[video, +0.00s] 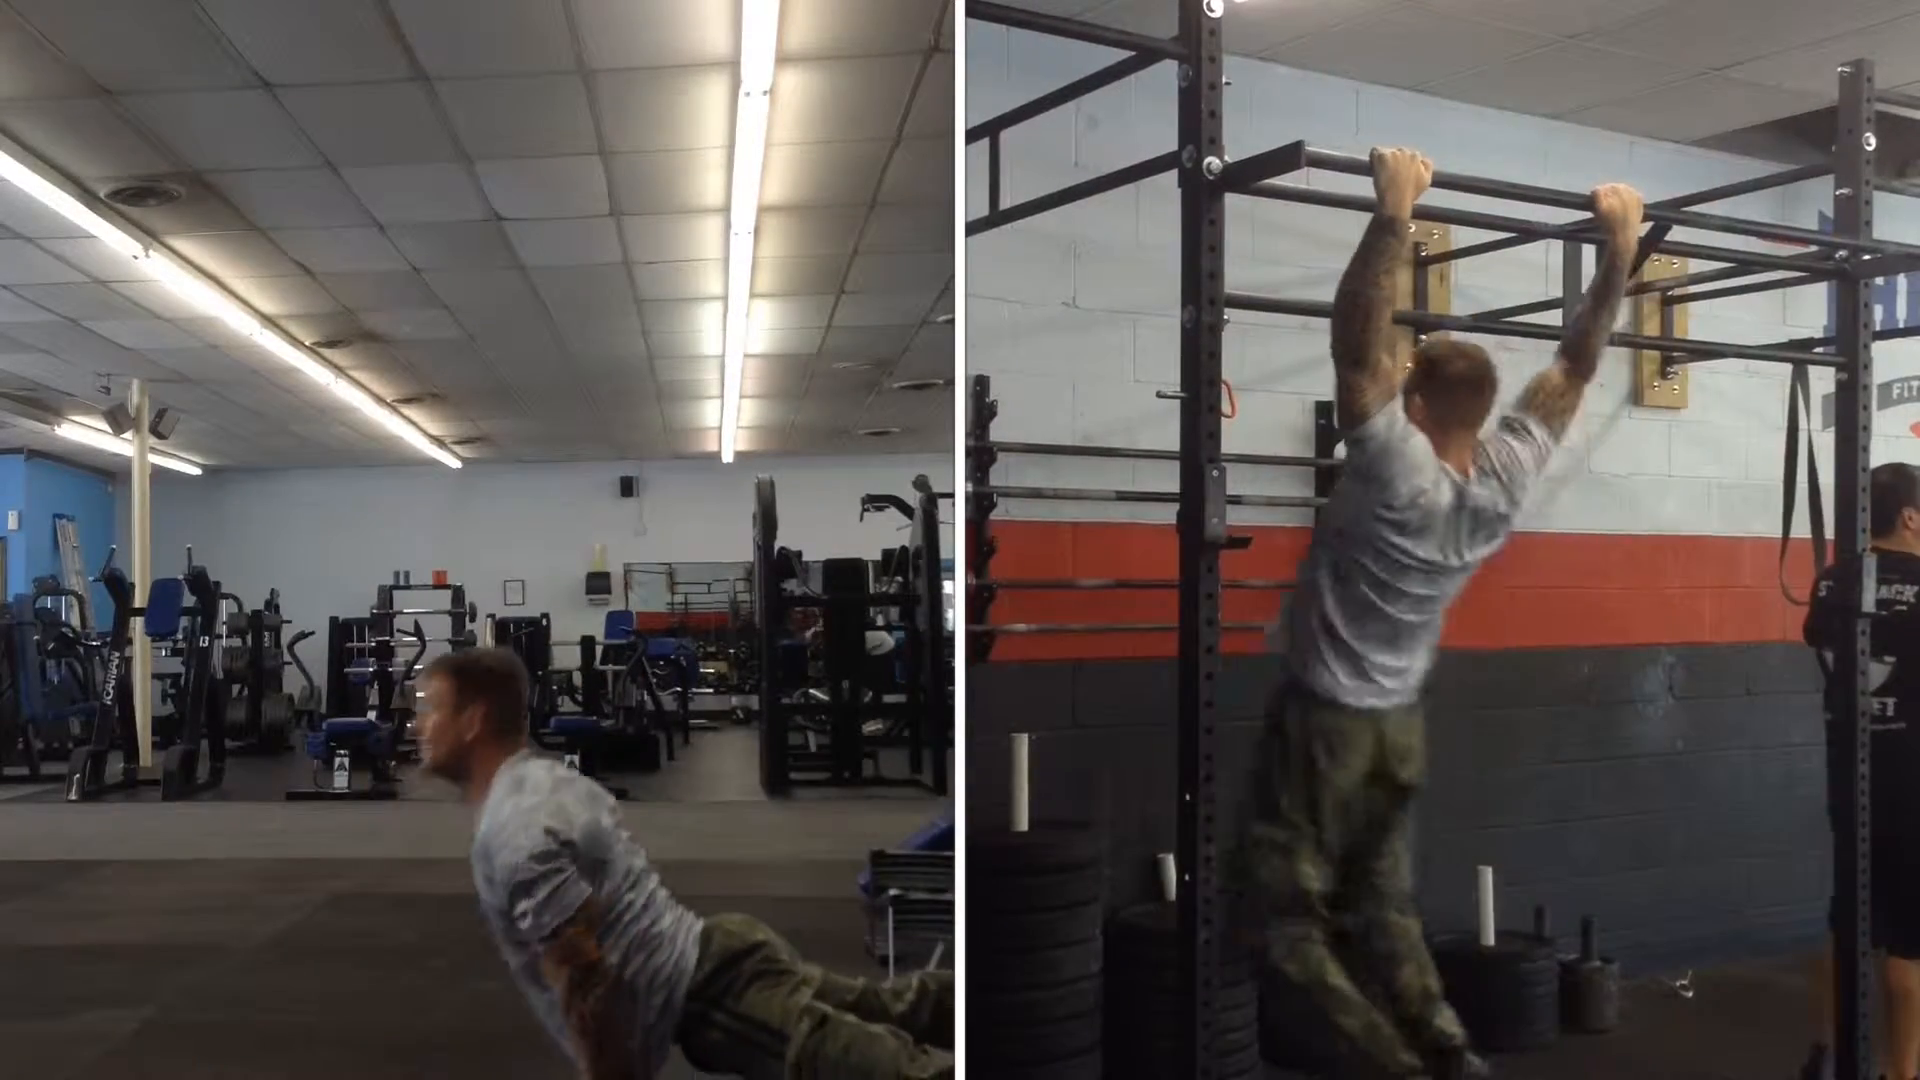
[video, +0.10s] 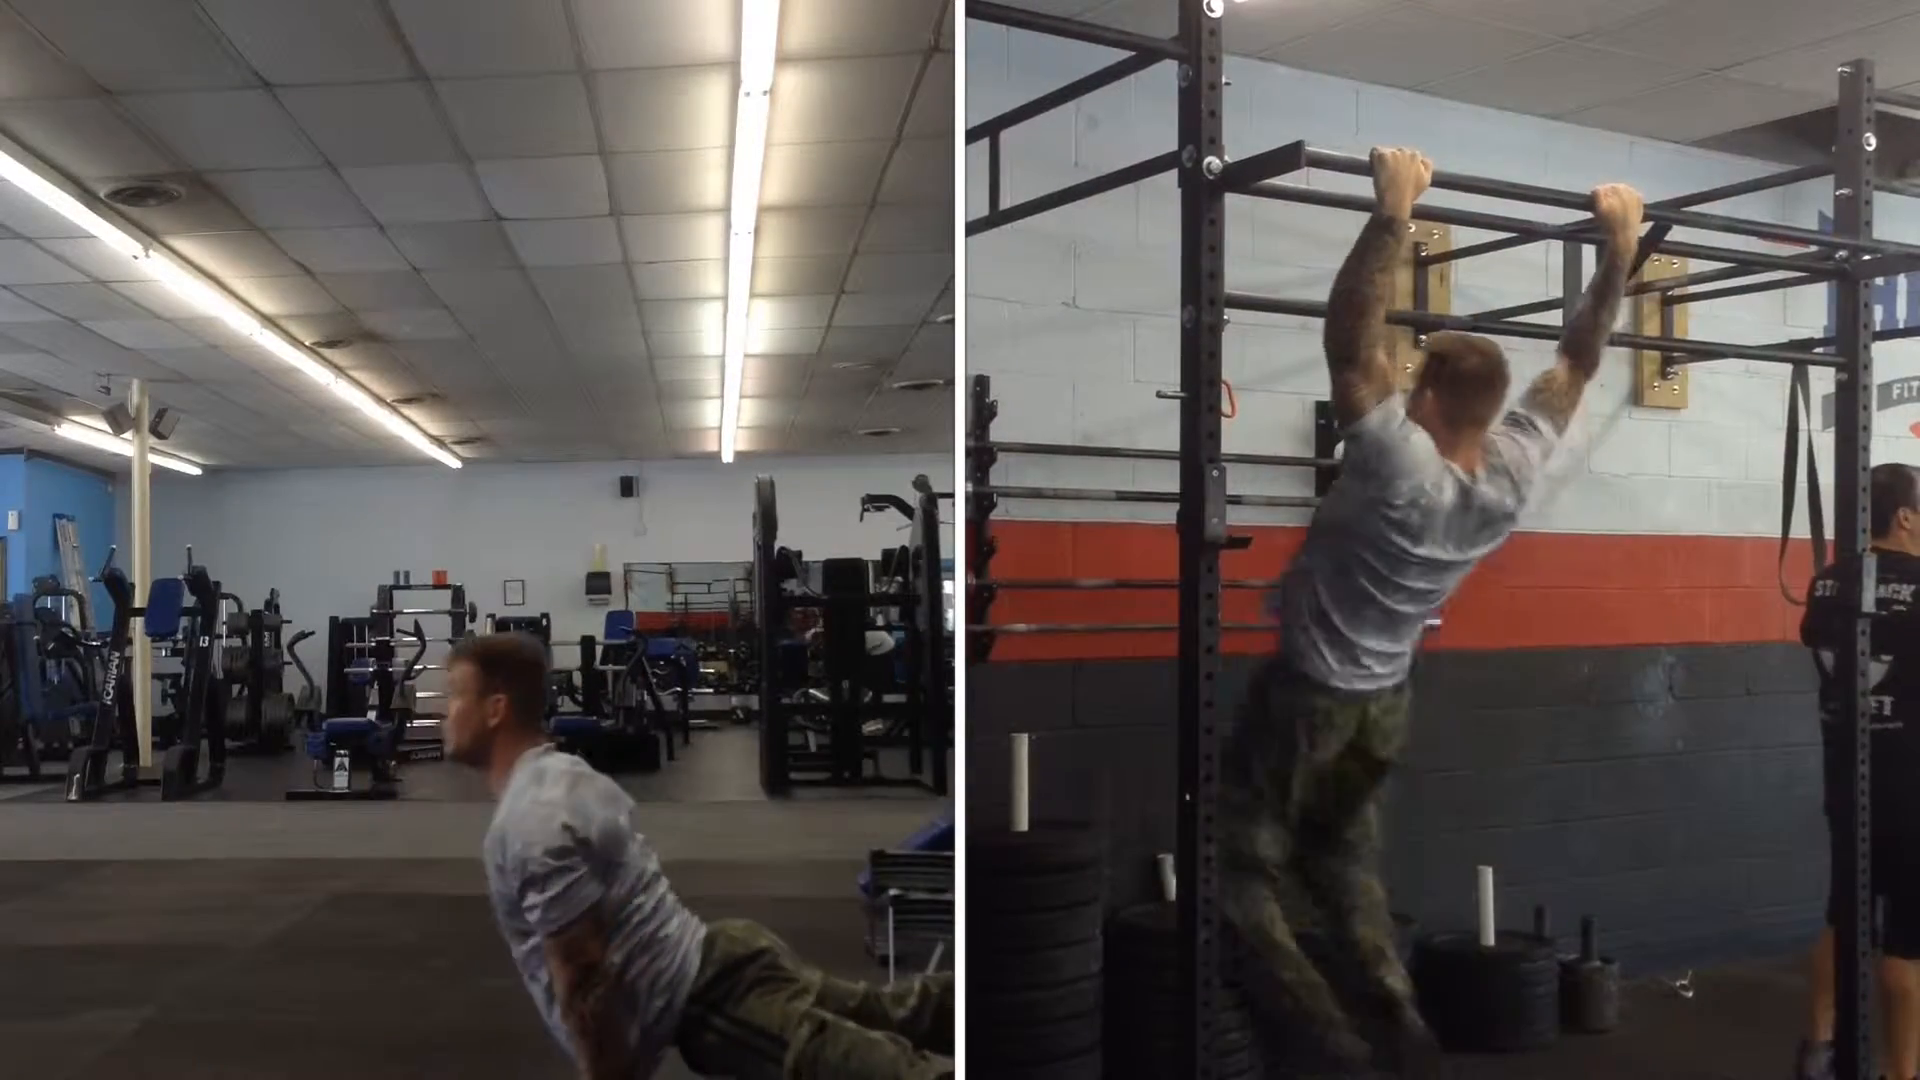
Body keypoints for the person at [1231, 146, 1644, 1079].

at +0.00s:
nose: (1399, 375)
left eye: (1409, 369)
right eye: (1409, 366)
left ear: (1418, 399)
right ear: (1485, 416)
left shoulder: (1387, 468)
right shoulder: (1491, 494)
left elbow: (1357, 337)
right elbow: (1573, 371)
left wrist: (1391, 215)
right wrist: (1618, 260)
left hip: (1323, 725)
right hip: (1400, 727)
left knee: (1281, 919)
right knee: (1379, 911)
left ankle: (1392, 1064)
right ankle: (1453, 1058)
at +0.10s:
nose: (1408, 374)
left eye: (1418, 368)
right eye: (1418, 365)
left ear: (1428, 394)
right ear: (1496, 411)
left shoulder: (1386, 459)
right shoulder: (1504, 486)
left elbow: (1352, 337)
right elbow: (1574, 366)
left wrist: (1389, 215)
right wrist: (1618, 261)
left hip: (1307, 698)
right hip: (1385, 705)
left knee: (1244, 880)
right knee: (1343, 870)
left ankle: (1331, 1059)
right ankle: (1406, 1050)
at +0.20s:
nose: (1439, 410)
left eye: (1445, 400)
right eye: (1451, 402)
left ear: (1456, 411)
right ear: (1523, 428)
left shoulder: (1414, 472)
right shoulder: (1531, 505)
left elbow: (1359, 350)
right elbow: (1585, 373)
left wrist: (1391, 218)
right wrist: (1620, 262)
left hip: (1322, 709)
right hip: (1393, 722)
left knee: (1191, 743)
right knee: (1288, 746)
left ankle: (1240, 929)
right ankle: (1307, 919)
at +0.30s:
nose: (1484, 413)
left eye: (1493, 406)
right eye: (1493, 403)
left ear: (1502, 426)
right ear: (1565, 434)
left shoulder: (1451, 488)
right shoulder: (1576, 502)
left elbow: (1373, 361)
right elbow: (1604, 372)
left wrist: (1394, 215)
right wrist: (1626, 250)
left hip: (1351, 712)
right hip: (1430, 717)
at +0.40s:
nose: (1537, 396)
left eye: (1546, 385)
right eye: (1548, 385)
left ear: (1561, 400)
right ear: (1622, 414)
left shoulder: (1503, 469)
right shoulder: (1630, 488)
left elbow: (1393, 356)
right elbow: (1626, 379)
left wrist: (1397, 217)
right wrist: (1631, 252)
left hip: (1390, 667)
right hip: (1470, 683)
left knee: (1285, 511)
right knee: (1330, 514)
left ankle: (1150, 527)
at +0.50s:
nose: (1588, 323)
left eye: (1599, 315)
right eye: (1598, 312)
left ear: (1612, 327)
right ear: (1672, 339)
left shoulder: (1551, 383)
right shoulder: (1688, 435)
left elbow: (1414, 334)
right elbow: (1660, 332)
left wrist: (1404, 209)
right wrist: (1637, 241)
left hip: (1451, 550)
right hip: (1523, 596)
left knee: (1293, 437)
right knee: (1362, 470)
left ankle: (1150, 479)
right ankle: (1232, 524)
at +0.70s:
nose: (1575, 52)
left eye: (1581, 36)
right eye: (1580, 38)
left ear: (1598, 32)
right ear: (1657, 43)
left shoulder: (1571, 95)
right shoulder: (1726, 140)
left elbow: (1492, 203)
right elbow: (1746, 280)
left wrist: (1413, 169)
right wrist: (1670, 242)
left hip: (1511, 370)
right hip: (1591, 400)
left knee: (1334, 373)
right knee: (1416, 404)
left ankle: (1264, 562)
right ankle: (1330, 564)